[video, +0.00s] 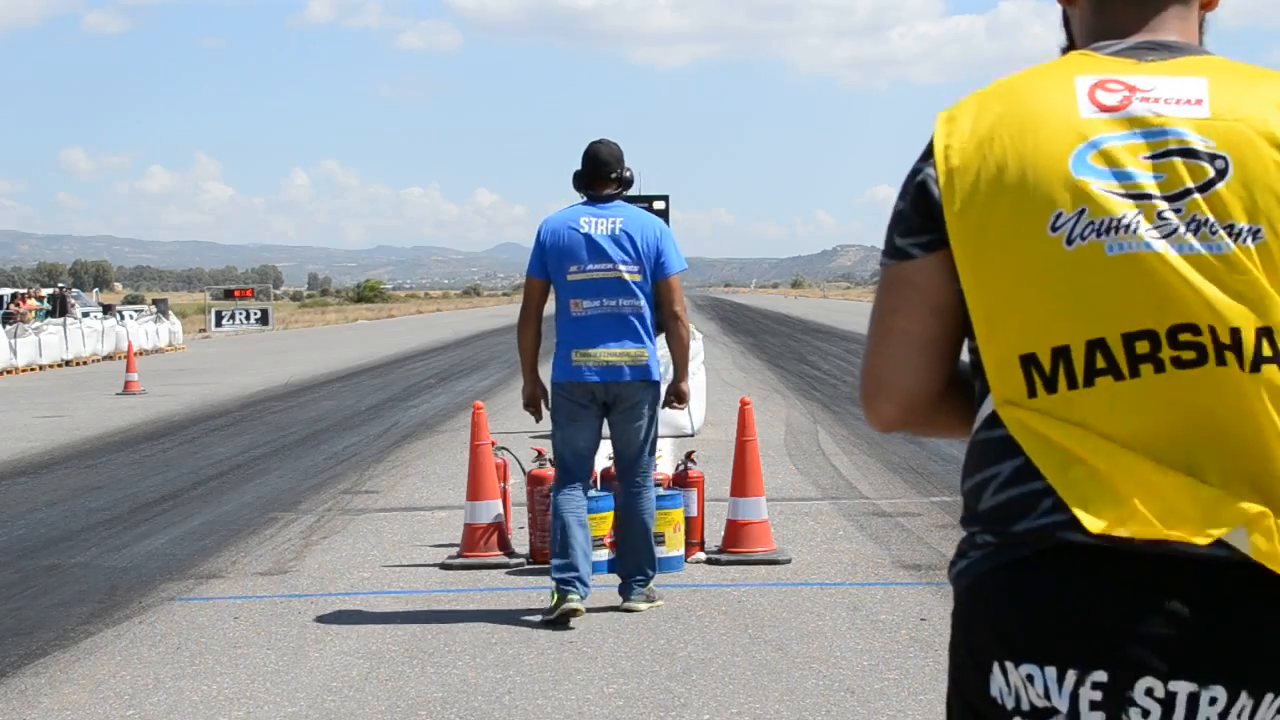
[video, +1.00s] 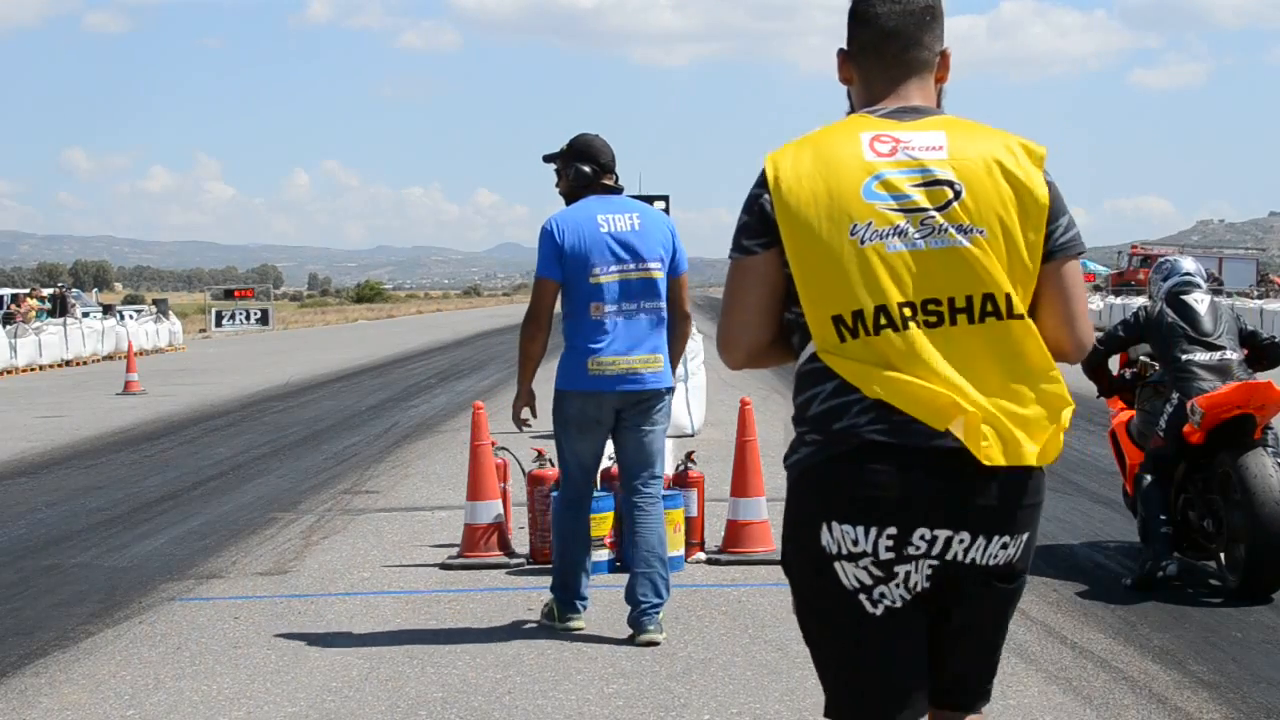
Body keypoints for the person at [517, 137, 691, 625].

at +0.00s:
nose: (607, 182)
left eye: (588, 176)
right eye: (621, 176)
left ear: (580, 181)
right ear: (625, 180)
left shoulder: (553, 229)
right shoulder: (653, 229)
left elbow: (530, 313)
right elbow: (674, 312)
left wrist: (530, 376)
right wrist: (682, 375)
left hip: (575, 372)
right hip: (636, 371)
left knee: (571, 480)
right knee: (636, 477)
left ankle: (570, 588)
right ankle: (637, 586)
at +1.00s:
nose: (556, 183)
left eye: (559, 175)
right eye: (556, 175)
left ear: (576, 176)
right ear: (612, 177)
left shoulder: (562, 227)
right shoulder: (661, 224)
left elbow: (540, 316)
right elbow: (681, 313)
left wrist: (524, 381)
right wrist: (666, 370)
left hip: (584, 382)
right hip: (651, 378)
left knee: (574, 491)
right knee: (645, 492)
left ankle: (569, 604)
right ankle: (648, 614)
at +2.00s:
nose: (573, 173)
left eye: (576, 163)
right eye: (573, 163)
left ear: (592, 165)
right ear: (630, 165)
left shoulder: (582, 218)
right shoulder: (674, 214)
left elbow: (563, 316)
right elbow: (698, 300)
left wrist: (545, 384)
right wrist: (679, 362)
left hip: (607, 381)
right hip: (671, 379)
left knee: (622, 501)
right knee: (660, 493)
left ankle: (639, 631)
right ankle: (653, 609)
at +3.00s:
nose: (603, 167)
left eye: (610, 158)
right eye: (603, 157)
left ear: (640, 160)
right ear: (656, 162)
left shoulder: (625, 215)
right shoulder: (708, 214)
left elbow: (610, 314)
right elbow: (724, 307)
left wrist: (588, 391)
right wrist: (700, 359)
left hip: (636, 383)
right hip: (697, 381)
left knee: (634, 507)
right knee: (698, 503)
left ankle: (639, 630)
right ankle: (706, 627)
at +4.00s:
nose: (617, 165)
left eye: (617, 158)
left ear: (617, 164)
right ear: (668, 162)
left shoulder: (598, 220)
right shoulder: (707, 217)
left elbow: (574, 314)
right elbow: (730, 313)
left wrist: (563, 388)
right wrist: (727, 382)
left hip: (623, 386)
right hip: (692, 384)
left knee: (629, 505)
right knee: (695, 504)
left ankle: (639, 631)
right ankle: (704, 629)